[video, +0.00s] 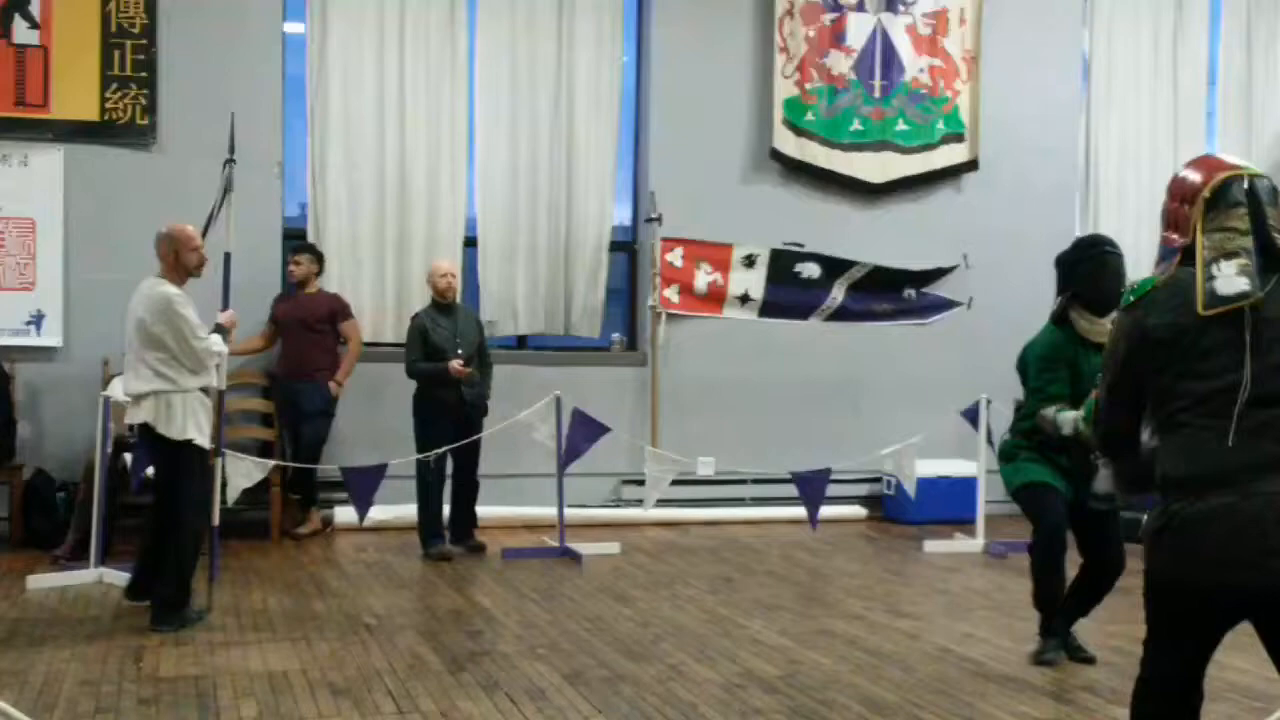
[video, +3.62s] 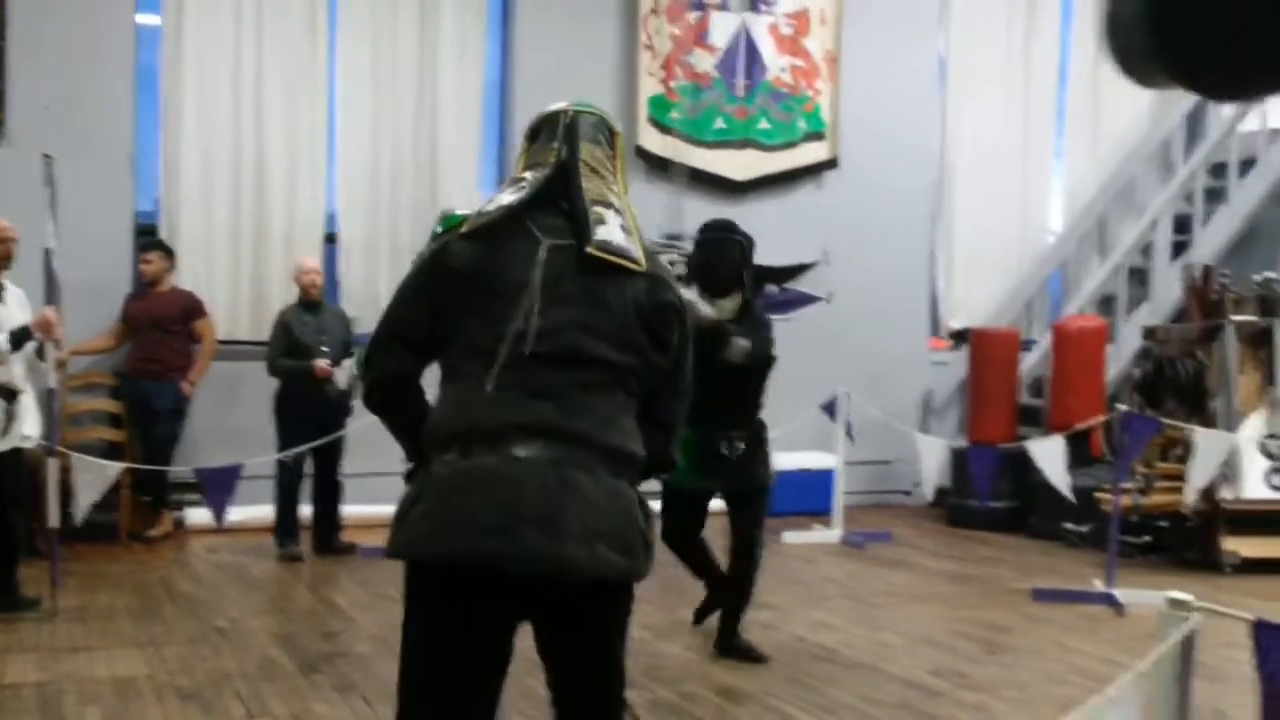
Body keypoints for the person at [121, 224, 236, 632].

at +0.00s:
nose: (203, 256)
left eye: (202, 249)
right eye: (195, 251)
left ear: (172, 257)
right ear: (172, 257)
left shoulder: (149, 293)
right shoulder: (170, 300)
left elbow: (183, 350)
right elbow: (205, 356)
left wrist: (212, 337)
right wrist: (223, 331)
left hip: (155, 412)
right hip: (177, 416)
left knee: (170, 505)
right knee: (189, 514)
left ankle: (144, 583)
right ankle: (170, 609)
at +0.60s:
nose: (188, 250)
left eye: (190, 243)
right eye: (179, 244)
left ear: (192, 249)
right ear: (159, 252)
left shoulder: (194, 293)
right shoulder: (140, 294)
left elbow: (210, 359)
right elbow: (161, 351)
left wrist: (224, 341)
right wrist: (212, 330)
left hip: (179, 414)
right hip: (139, 412)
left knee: (174, 504)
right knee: (128, 506)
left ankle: (160, 584)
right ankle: (111, 595)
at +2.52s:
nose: (147, 247)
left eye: (149, 240)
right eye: (138, 240)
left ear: (151, 246)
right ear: (115, 246)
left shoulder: (150, 293)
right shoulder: (94, 290)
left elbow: (168, 355)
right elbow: (115, 348)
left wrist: (183, 343)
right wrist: (168, 328)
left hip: (145, 410)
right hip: (104, 408)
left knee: (141, 501)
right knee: (91, 502)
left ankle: (135, 582)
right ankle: (77, 591)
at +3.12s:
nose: (108, 249)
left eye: (111, 242)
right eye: (99, 242)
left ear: (113, 247)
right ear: (78, 247)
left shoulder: (115, 295)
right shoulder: (57, 291)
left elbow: (135, 367)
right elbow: (76, 349)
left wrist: (146, 345)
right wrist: (130, 329)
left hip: (108, 414)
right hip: (66, 412)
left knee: (104, 504)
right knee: (53, 505)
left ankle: (99, 585)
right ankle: (40, 594)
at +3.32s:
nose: (59, 248)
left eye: (63, 241)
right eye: (51, 241)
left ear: (66, 248)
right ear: (30, 247)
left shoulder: (68, 295)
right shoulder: (10, 292)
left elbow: (79, 356)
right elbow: (30, 351)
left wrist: (98, 342)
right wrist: (80, 331)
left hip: (61, 417)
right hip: (19, 416)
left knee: (57, 507)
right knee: (14, 508)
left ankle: (51, 588)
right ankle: (4, 593)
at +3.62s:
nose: (12, 249)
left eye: (13, 242)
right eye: (7, 242)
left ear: (14, 246)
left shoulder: (17, 295)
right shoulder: (9, 297)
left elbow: (26, 357)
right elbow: (6, 348)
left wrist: (45, 342)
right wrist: (29, 332)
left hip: (21, 414)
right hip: (9, 416)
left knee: (17, 505)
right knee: (12, 506)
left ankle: (11, 587)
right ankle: (9, 588)